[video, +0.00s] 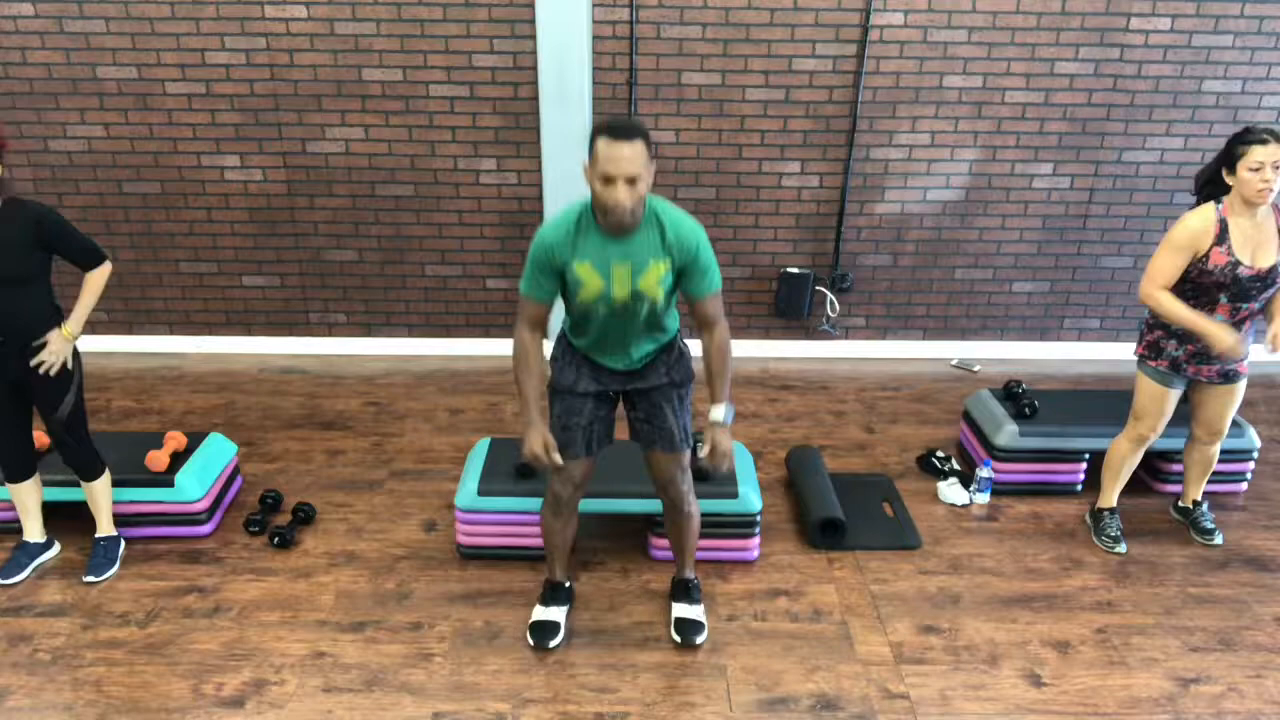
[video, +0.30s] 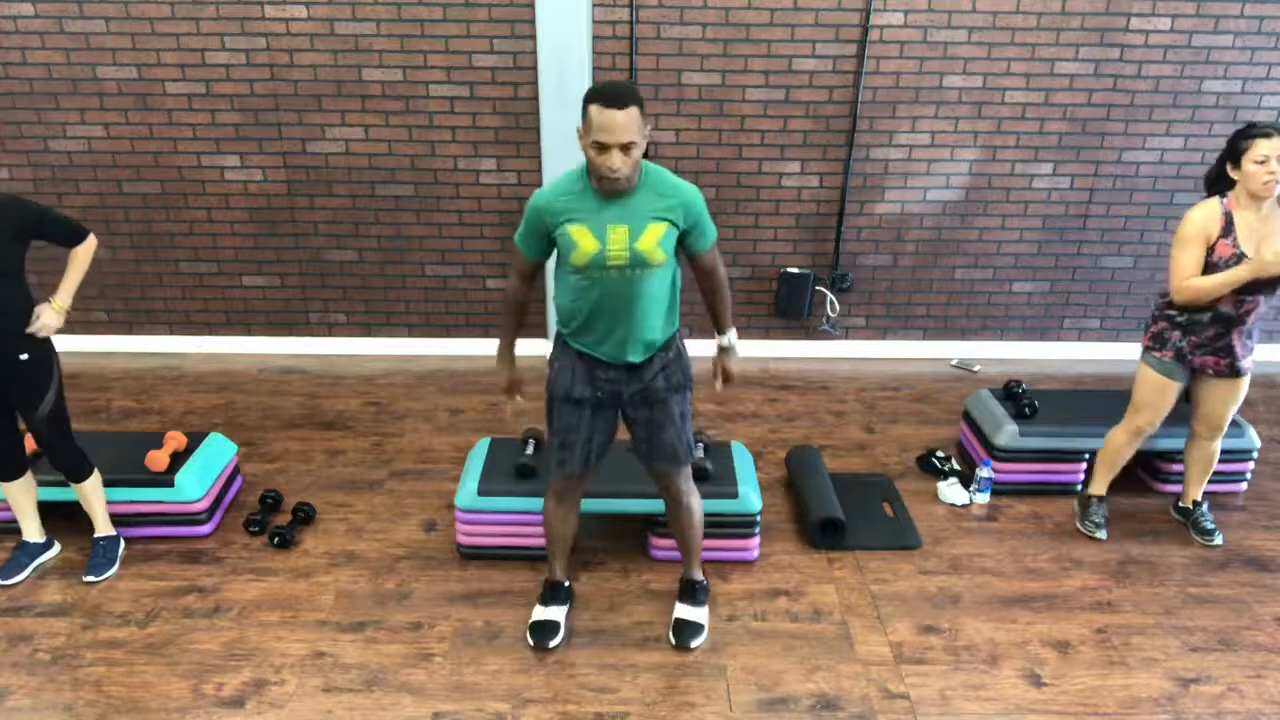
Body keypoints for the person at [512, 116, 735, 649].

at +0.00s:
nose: (621, 195)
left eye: (633, 181)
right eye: (608, 181)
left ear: (650, 176)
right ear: (589, 175)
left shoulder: (683, 237)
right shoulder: (555, 240)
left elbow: (714, 326)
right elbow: (529, 329)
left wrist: (718, 417)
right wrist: (533, 421)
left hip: (658, 360)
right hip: (582, 361)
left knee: (674, 480)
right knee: (564, 481)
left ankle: (686, 582)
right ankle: (556, 586)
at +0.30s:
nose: (615, 162)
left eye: (627, 148)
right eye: (602, 148)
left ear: (645, 140)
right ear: (582, 140)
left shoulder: (681, 200)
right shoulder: (549, 205)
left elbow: (710, 269)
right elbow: (522, 280)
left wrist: (727, 340)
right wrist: (506, 356)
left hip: (657, 364)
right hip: (578, 363)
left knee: (676, 480)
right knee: (564, 481)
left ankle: (694, 582)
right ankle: (556, 586)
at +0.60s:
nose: (621, 168)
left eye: (633, 153)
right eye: (607, 154)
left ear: (649, 143)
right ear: (585, 143)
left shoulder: (683, 198)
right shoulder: (551, 207)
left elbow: (710, 266)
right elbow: (524, 280)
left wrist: (724, 338)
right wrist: (508, 364)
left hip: (659, 365)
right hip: (580, 364)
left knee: (675, 476)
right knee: (565, 480)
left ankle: (693, 582)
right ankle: (556, 586)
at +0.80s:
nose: (623, 228)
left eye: (634, 213)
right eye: (609, 215)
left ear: (649, 194)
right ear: (588, 197)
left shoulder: (685, 235)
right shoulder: (554, 246)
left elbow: (704, 326)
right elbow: (542, 331)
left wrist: (694, 411)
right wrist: (554, 417)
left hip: (663, 363)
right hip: (587, 365)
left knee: (679, 477)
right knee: (567, 483)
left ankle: (694, 582)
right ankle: (555, 585)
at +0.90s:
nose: (621, 291)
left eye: (632, 276)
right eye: (608, 276)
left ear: (649, 257)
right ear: (589, 260)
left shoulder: (681, 286)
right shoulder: (561, 296)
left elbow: (704, 376)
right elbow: (553, 384)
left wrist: (681, 442)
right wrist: (577, 442)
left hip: (660, 386)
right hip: (588, 389)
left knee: (687, 487)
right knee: (562, 495)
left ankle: (696, 585)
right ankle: (555, 587)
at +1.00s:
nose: (621, 354)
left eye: (633, 339)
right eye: (608, 340)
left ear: (649, 321)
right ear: (591, 323)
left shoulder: (680, 341)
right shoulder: (565, 350)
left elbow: (699, 435)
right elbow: (560, 452)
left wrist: (678, 463)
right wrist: (583, 468)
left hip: (659, 413)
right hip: (591, 413)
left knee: (688, 499)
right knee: (558, 505)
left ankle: (695, 586)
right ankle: (554, 589)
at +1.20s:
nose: (624, 424)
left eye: (634, 411)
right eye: (611, 413)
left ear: (651, 389)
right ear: (594, 393)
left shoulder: (683, 415)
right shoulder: (565, 419)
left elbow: (696, 516)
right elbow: (565, 522)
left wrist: (672, 497)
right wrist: (582, 497)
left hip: (659, 460)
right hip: (591, 461)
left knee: (694, 526)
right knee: (554, 522)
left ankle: (695, 587)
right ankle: (555, 591)